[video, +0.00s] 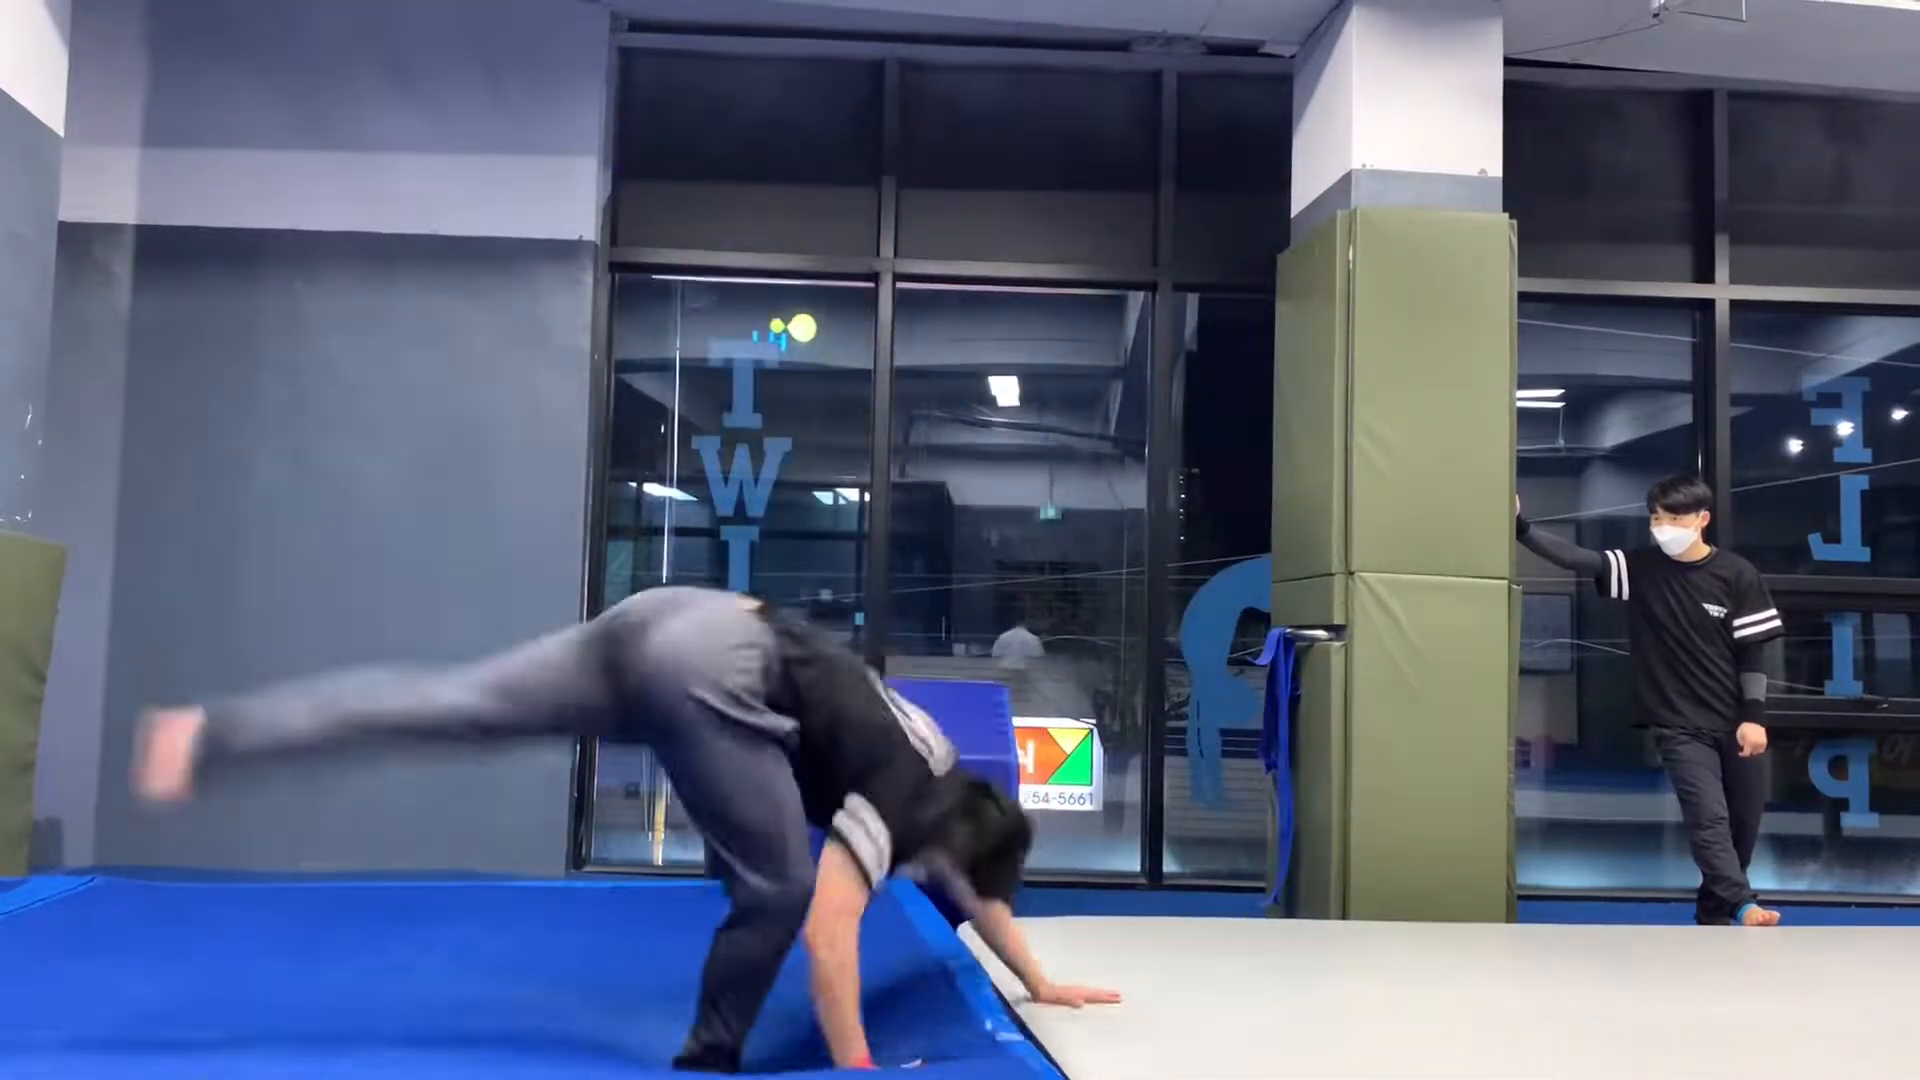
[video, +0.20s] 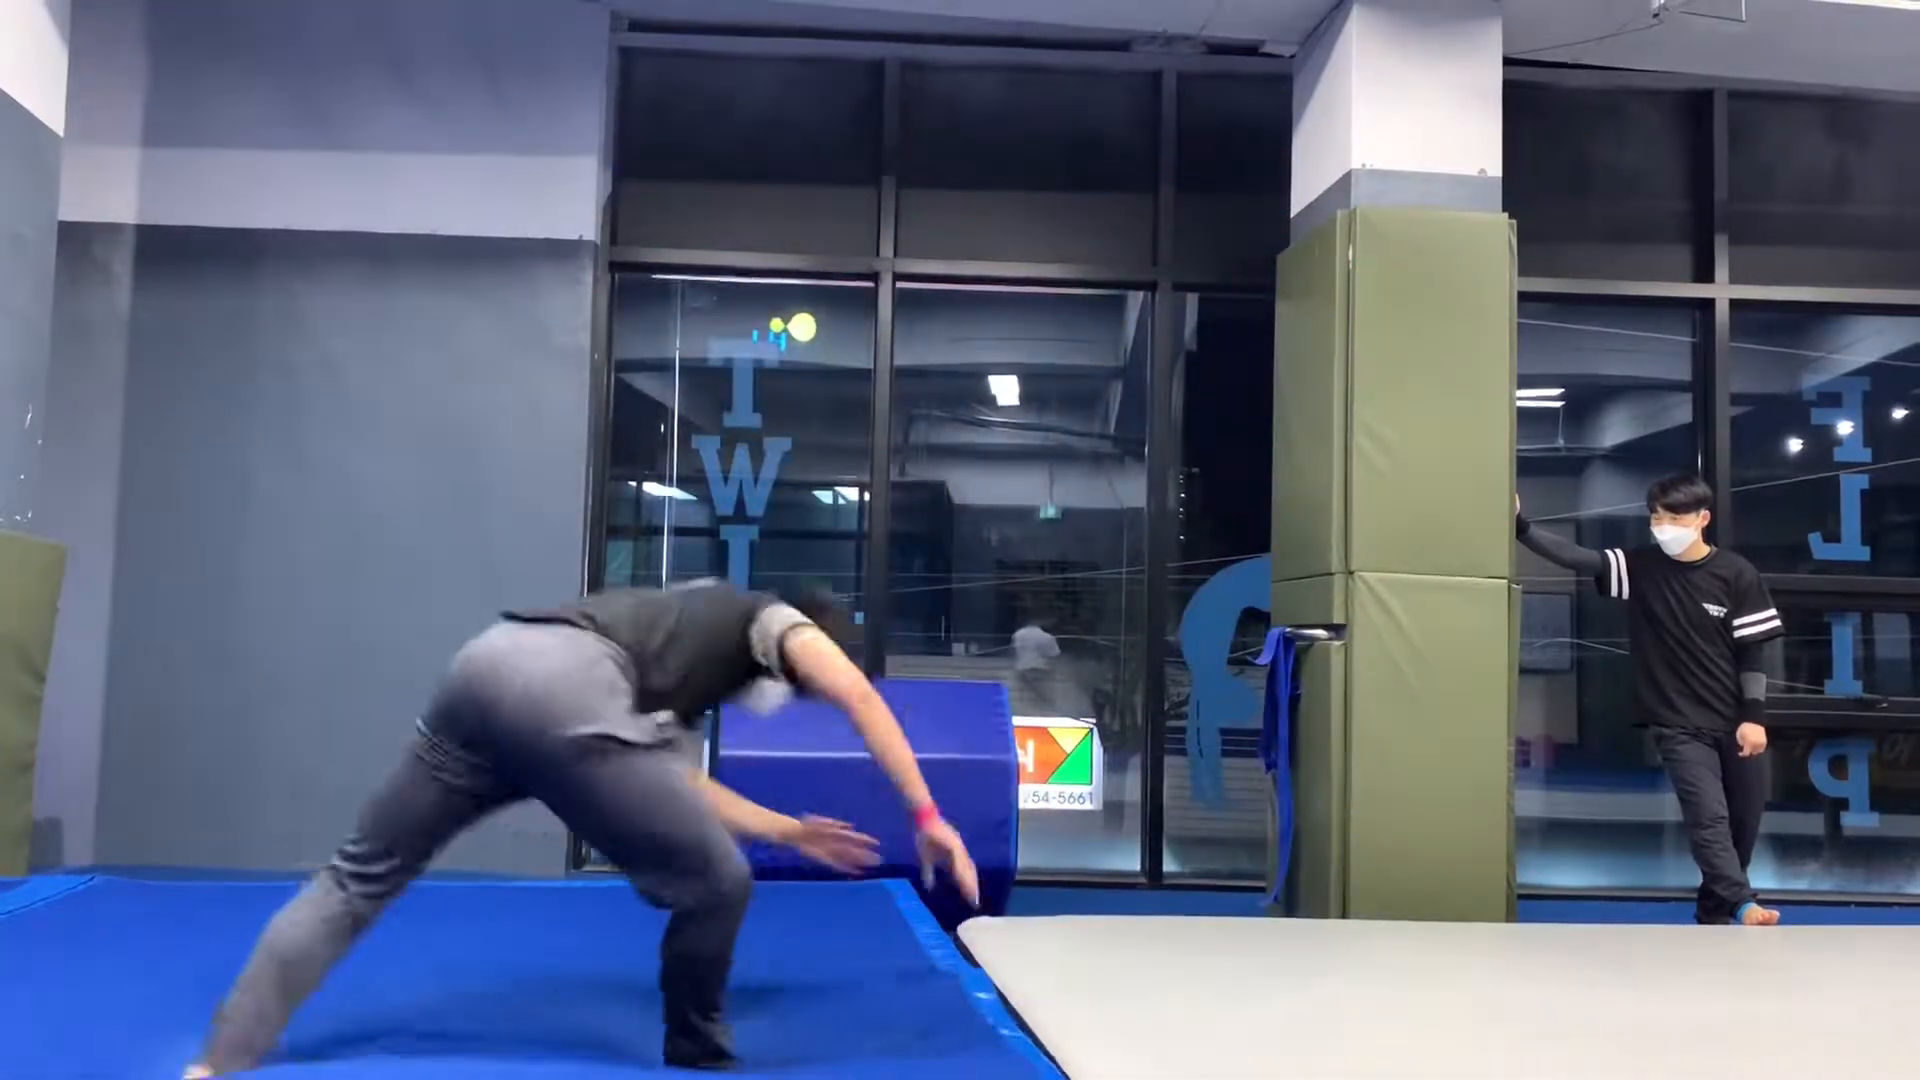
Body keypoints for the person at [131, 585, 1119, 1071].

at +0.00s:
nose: (968, 899)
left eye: (977, 890)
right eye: (971, 884)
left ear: (972, 806)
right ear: (961, 840)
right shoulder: (898, 802)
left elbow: (975, 895)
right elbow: (825, 917)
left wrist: (1042, 985)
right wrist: (856, 1055)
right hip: (713, 666)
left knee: (457, 702)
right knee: (779, 888)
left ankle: (210, 731)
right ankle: (710, 1059)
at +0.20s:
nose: (799, 687)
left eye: (808, 681)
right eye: (810, 673)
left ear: (760, 653)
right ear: (800, 637)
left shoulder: (674, 656)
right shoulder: (768, 611)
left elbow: (685, 785)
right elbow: (849, 691)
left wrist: (795, 833)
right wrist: (926, 810)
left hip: (483, 662)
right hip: (570, 673)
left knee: (354, 877)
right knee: (716, 877)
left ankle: (216, 1061)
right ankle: (696, 1051)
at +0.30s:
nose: (723, 614)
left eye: (724, 608)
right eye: (727, 597)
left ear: (647, 530)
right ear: (714, 548)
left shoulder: (582, 552)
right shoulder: (701, 540)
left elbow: (533, 699)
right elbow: (788, 622)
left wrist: (648, 771)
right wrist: (870, 742)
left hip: (435, 623)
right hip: (526, 641)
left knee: (333, 821)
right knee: (637, 849)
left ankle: (180, 966)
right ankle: (680, 1049)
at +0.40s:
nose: (674, 526)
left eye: (678, 516)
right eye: (674, 512)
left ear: (601, 467)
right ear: (656, 488)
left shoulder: (522, 488)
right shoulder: (633, 490)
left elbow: (487, 594)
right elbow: (713, 581)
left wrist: (577, 687)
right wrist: (775, 667)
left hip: (397, 610)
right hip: (489, 617)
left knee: (296, 810)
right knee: (593, 844)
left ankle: (142, 971)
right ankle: (663, 1036)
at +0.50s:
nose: (589, 486)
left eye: (588, 477)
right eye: (591, 473)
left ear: (525, 437)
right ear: (573, 451)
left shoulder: (439, 468)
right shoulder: (556, 458)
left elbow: (406, 602)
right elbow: (651, 559)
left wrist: (510, 641)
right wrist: (704, 607)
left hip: (346, 649)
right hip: (438, 646)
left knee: (253, 851)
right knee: (576, 844)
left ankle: (121, 1020)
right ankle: (667, 1036)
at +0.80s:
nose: (526, 440)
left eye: (520, 432)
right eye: (525, 429)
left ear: (451, 401)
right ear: (510, 413)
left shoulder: (364, 443)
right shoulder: (500, 423)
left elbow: (318, 549)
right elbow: (601, 501)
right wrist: (639, 515)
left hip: (336, 648)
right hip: (435, 633)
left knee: (254, 846)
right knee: (556, 834)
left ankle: (123, 1016)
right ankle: (674, 1018)